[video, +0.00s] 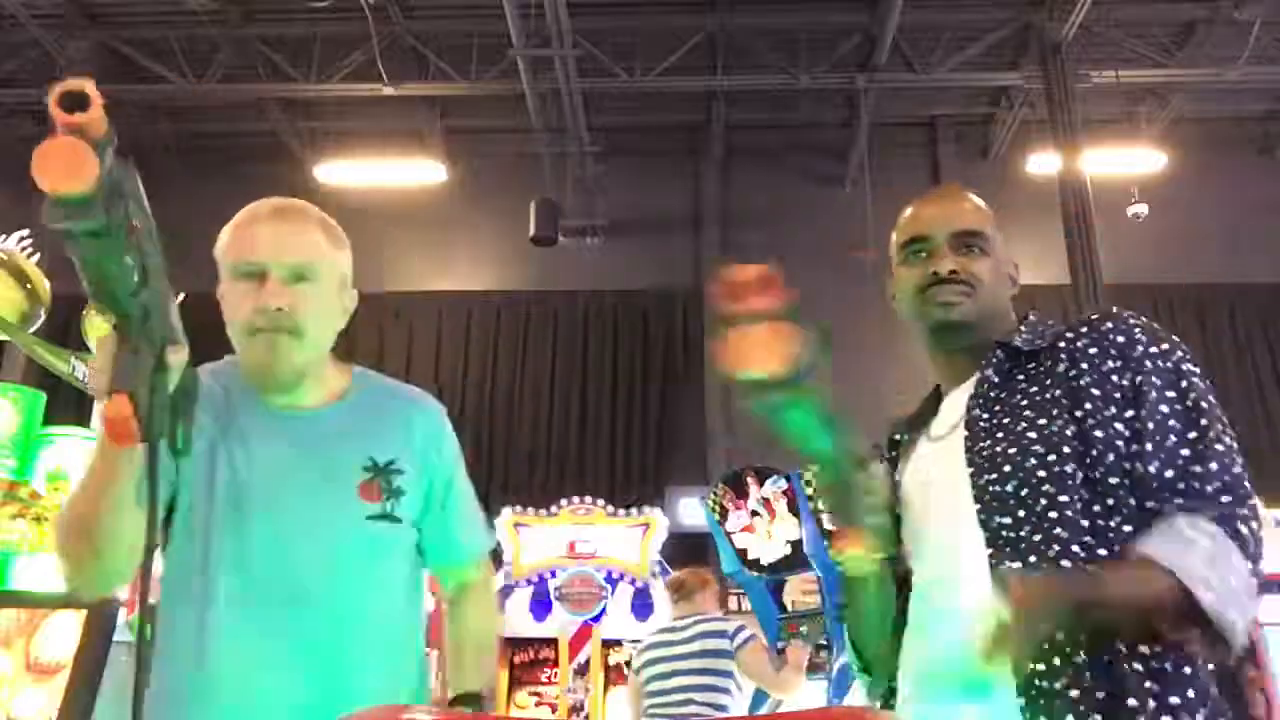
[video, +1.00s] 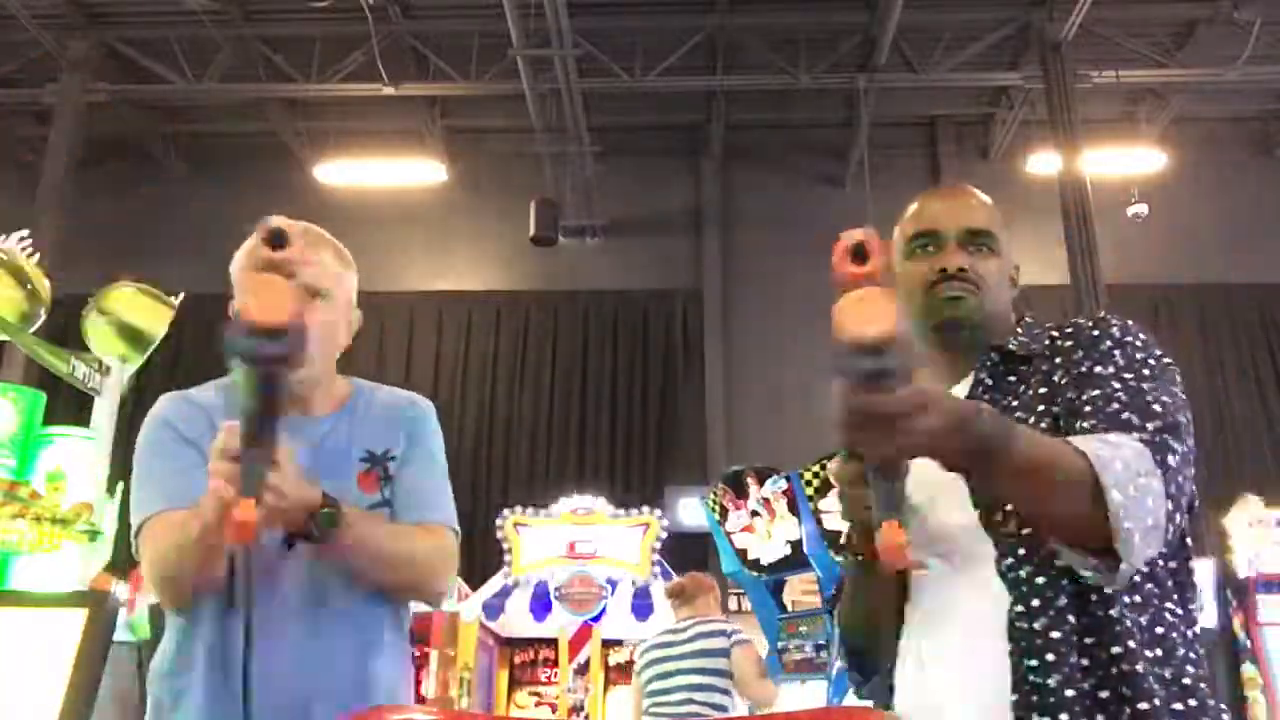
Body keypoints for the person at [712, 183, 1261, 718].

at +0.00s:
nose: (942, 263)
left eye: (968, 246)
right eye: (916, 251)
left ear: (1011, 274)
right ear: (893, 291)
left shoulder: (1111, 353)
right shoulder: (898, 454)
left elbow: (1217, 564)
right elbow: (891, 672)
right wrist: (859, 545)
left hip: (1112, 703)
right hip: (938, 708)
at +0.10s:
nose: (949, 267)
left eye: (975, 243)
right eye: (919, 250)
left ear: (1017, 262)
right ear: (891, 293)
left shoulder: (1112, 350)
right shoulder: (907, 428)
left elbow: (1253, 544)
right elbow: (875, 650)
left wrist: (1096, 537)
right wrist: (894, 529)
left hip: (1120, 703)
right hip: (944, 707)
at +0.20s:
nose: (949, 272)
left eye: (972, 256)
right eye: (920, 258)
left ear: (1005, 286)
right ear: (888, 298)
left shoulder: (1147, 398)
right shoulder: (871, 475)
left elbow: (1250, 517)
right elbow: (853, 662)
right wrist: (920, 536)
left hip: (1135, 701)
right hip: (953, 708)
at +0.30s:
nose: (952, 275)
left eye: (975, 257)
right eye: (924, 261)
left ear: (1009, 290)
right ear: (893, 298)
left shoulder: (1130, 413)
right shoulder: (854, 482)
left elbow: (1260, 562)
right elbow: (853, 656)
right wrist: (914, 535)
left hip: (1134, 708)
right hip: (950, 711)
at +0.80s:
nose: (963, 266)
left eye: (986, 246)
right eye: (935, 249)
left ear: (1023, 266)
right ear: (903, 288)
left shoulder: (1109, 358)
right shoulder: (891, 459)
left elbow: (1208, 512)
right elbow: (874, 660)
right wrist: (903, 542)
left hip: (1134, 701)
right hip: (961, 706)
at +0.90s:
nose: (963, 260)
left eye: (989, 243)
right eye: (935, 244)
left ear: (1023, 277)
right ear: (903, 283)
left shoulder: (1114, 348)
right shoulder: (897, 409)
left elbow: (1138, 504)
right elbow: (881, 665)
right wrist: (879, 528)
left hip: (1115, 699)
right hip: (953, 704)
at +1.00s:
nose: (952, 262)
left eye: (977, 244)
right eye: (925, 247)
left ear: (1012, 274)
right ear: (897, 282)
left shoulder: (1102, 350)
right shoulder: (893, 419)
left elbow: (1134, 513)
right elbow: (871, 667)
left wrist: (967, 437)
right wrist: (868, 537)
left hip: (1107, 699)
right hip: (944, 705)